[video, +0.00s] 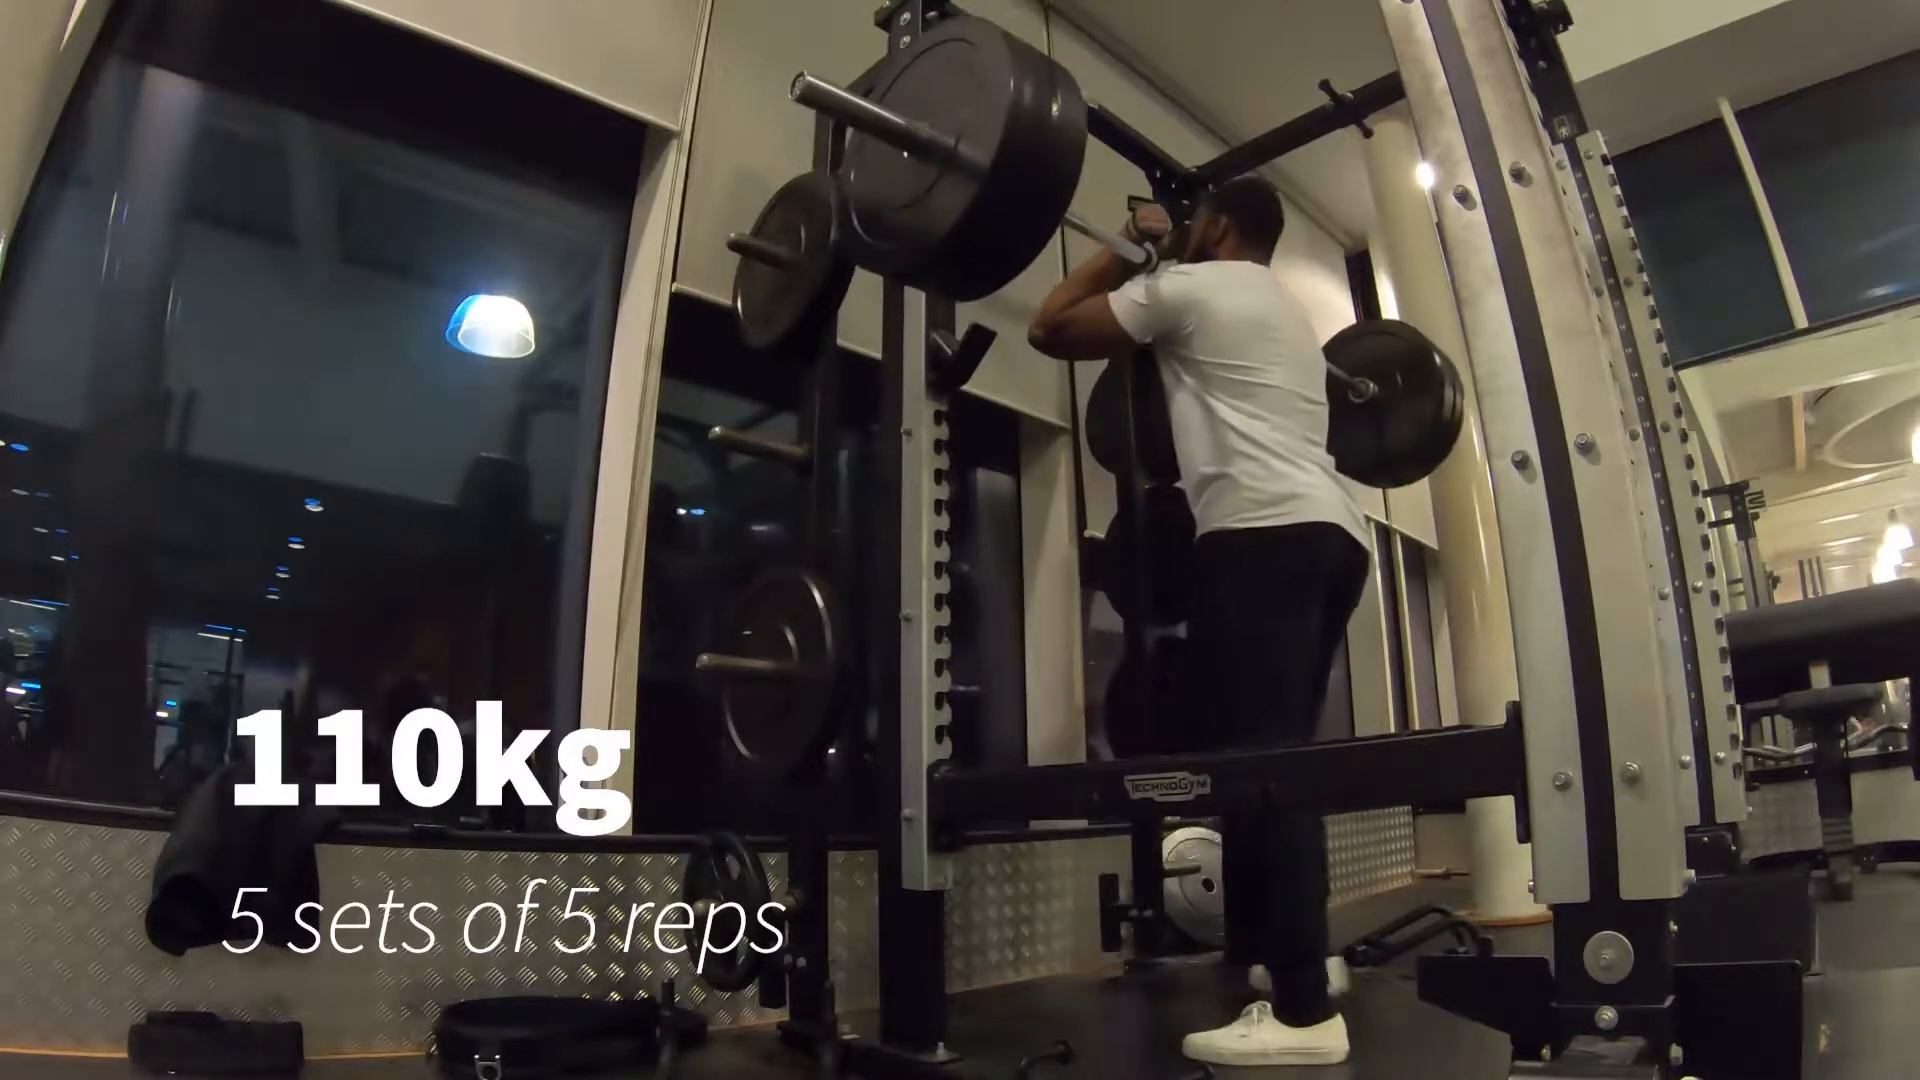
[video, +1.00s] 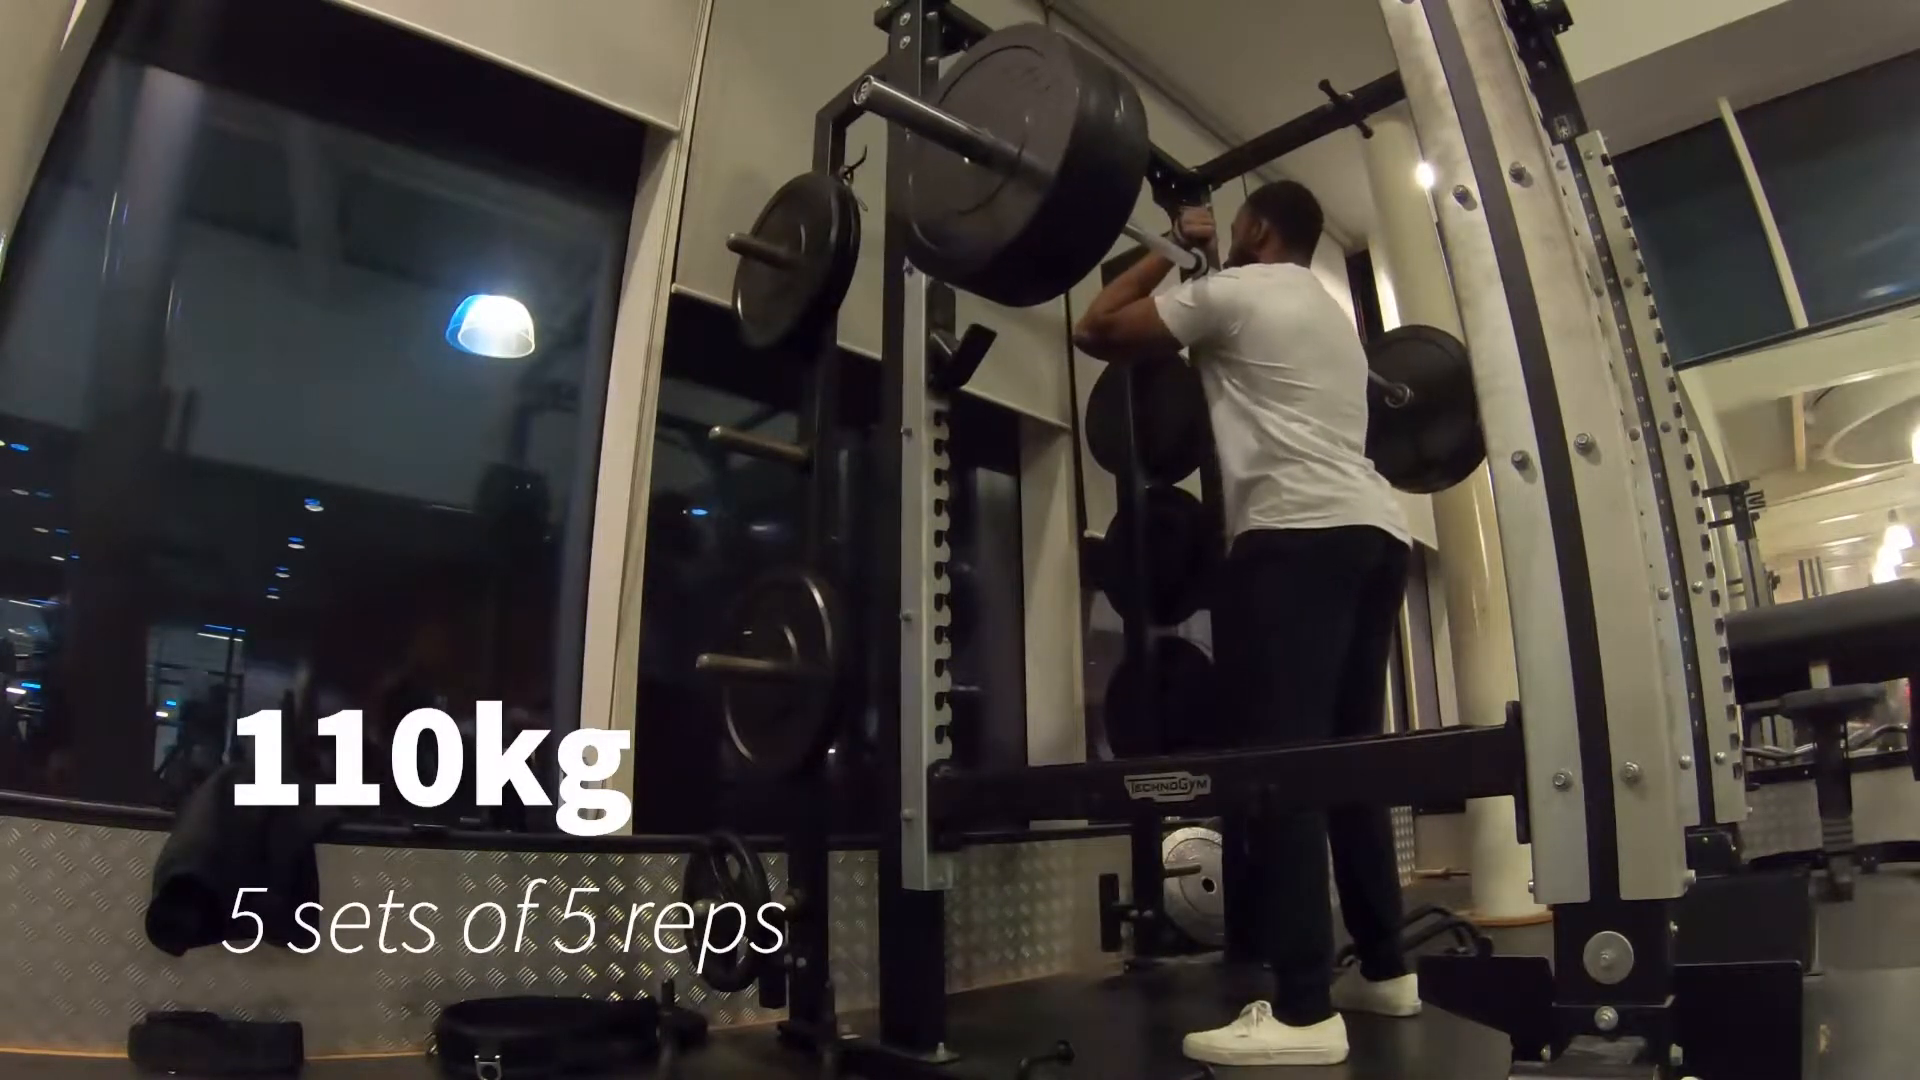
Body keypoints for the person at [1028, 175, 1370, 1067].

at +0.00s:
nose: (1187, 234)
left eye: (1194, 223)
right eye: (1191, 224)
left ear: (1218, 226)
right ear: (1263, 239)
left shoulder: (1194, 291)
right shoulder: (1290, 312)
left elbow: (1049, 326)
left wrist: (1124, 245)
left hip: (1263, 541)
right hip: (1329, 540)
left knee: (1268, 771)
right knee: (1268, 767)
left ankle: (1302, 1013)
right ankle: (1290, 976)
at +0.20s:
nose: (1211, 235)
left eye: (1216, 226)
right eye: (1214, 227)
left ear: (1235, 228)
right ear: (1284, 239)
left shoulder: (1208, 296)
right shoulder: (1305, 309)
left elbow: (1066, 323)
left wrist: (1139, 246)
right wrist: (1176, 270)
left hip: (1266, 543)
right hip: (1351, 544)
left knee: (1259, 772)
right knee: (1336, 761)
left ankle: (1300, 1011)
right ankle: (1387, 966)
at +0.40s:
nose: (1222, 239)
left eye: (1227, 229)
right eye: (1224, 231)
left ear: (1246, 230)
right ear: (1296, 240)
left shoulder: (1220, 299)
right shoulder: (1317, 311)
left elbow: (1081, 319)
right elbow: (1228, 327)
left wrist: (1151, 252)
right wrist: (1192, 258)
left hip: (1276, 549)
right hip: (1360, 547)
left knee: (1266, 772)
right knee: (1341, 765)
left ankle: (1301, 1010)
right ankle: (1385, 968)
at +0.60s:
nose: (1232, 243)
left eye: (1238, 232)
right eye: (1236, 234)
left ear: (1255, 233)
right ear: (1305, 243)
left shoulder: (1231, 300)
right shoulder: (1324, 312)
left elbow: (1090, 325)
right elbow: (1237, 337)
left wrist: (1157, 257)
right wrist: (1201, 263)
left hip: (1286, 549)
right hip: (1366, 547)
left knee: (1280, 774)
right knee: (1349, 766)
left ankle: (1301, 1011)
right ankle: (1387, 971)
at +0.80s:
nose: (1235, 242)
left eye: (1241, 231)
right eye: (1240, 233)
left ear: (1258, 232)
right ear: (1310, 244)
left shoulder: (1236, 301)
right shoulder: (1332, 315)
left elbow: (1096, 327)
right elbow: (1244, 343)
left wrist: (1162, 256)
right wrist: (1203, 266)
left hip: (1288, 548)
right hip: (1370, 546)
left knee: (1280, 773)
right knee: (1347, 766)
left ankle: (1301, 1011)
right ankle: (1387, 971)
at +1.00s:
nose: (1236, 240)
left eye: (1242, 229)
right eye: (1241, 231)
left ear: (1259, 230)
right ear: (1310, 242)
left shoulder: (1239, 295)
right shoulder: (1333, 312)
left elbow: (1097, 324)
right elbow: (1242, 344)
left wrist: (1166, 252)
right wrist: (1202, 264)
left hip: (1290, 541)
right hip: (1373, 540)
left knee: (1278, 770)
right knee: (1350, 762)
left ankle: (1301, 1010)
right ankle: (1386, 970)